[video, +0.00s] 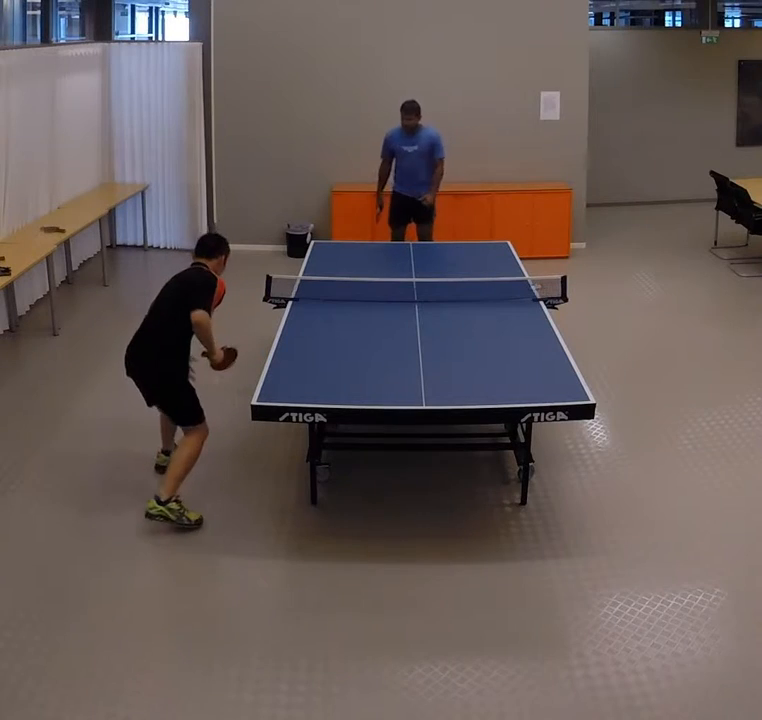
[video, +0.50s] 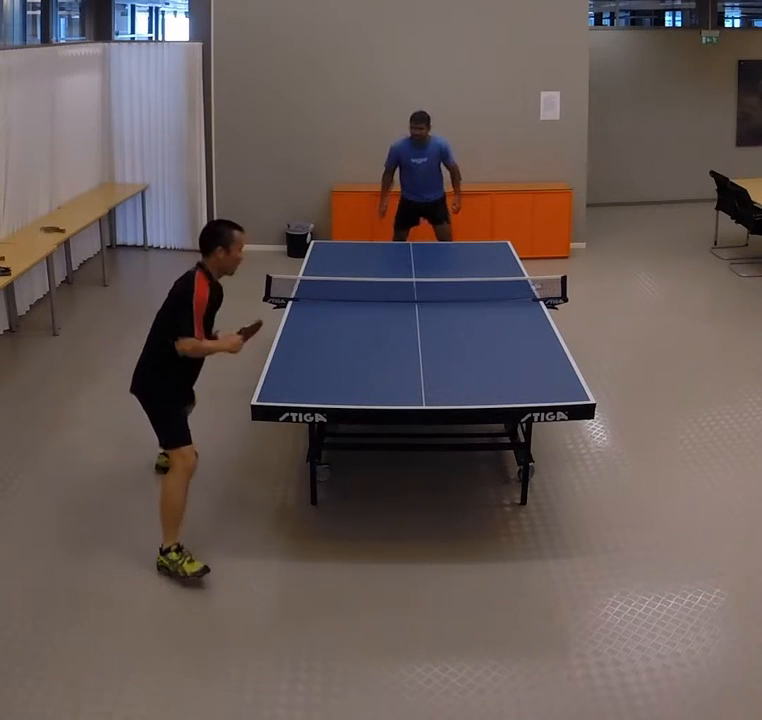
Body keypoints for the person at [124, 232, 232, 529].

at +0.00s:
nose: (225, 267)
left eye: (225, 262)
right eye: (225, 262)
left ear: (195, 256)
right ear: (221, 259)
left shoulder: (181, 277)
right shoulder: (207, 280)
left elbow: (168, 319)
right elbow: (199, 317)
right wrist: (213, 353)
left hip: (138, 357)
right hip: (162, 364)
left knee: (169, 403)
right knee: (197, 431)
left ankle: (166, 452)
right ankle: (165, 500)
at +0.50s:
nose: (242, 258)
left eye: (242, 251)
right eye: (239, 251)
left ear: (219, 252)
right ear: (219, 252)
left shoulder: (211, 285)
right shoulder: (194, 288)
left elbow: (200, 336)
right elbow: (183, 345)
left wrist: (233, 337)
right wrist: (222, 345)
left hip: (175, 378)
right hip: (156, 385)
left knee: (184, 408)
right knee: (184, 460)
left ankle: (165, 456)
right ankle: (169, 550)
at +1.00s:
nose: (286, 261)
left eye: (286, 253)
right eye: (280, 253)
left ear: (253, 257)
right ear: (254, 256)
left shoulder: (231, 285)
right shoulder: (236, 301)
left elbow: (202, 293)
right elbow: (250, 368)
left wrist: (198, 290)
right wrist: (301, 377)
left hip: (220, 406)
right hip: (193, 409)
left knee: (245, 470)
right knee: (189, 490)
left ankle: (243, 551)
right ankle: (170, 555)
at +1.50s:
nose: (381, 276)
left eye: (378, 270)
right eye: (381, 270)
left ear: (338, 273)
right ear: (377, 275)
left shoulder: (312, 317)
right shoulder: (377, 331)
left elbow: (273, 364)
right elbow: (373, 399)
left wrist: (248, 400)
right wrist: (415, 445)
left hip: (303, 444)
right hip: (345, 448)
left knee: (338, 508)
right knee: (398, 512)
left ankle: (327, 584)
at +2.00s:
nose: (438, 311)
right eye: (438, 306)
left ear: (393, 315)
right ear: (437, 314)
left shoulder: (369, 372)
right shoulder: (463, 373)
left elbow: (351, 440)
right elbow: (498, 431)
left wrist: (362, 476)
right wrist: (484, 446)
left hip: (379, 498)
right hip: (443, 500)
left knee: (326, 558)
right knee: (489, 551)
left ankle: (279, 636)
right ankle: (511, 638)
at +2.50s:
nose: (400, 314)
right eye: (399, 309)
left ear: (355, 314)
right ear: (400, 316)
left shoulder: (326, 373)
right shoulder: (421, 372)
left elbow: (300, 442)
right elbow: (457, 413)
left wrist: (289, 472)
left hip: (336, 505)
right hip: (402, 505)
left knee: (300, 563)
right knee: (447, 567)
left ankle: (274, 643)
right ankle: (476, 648)